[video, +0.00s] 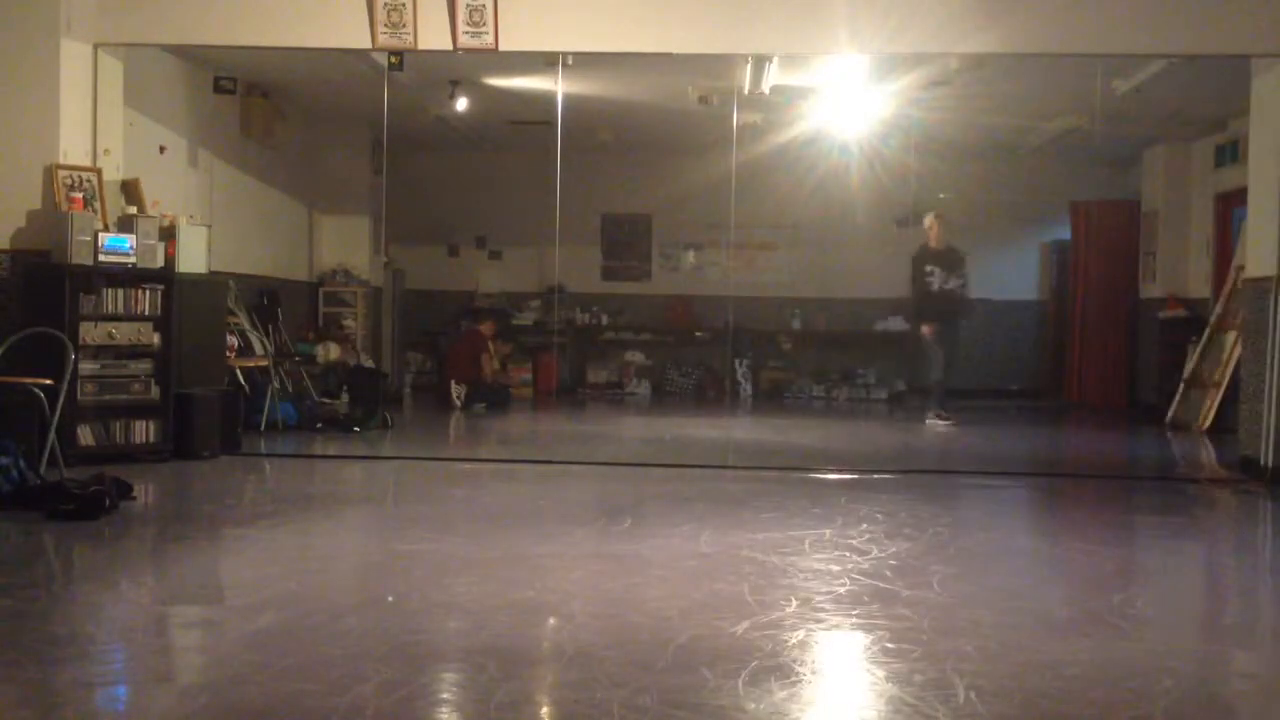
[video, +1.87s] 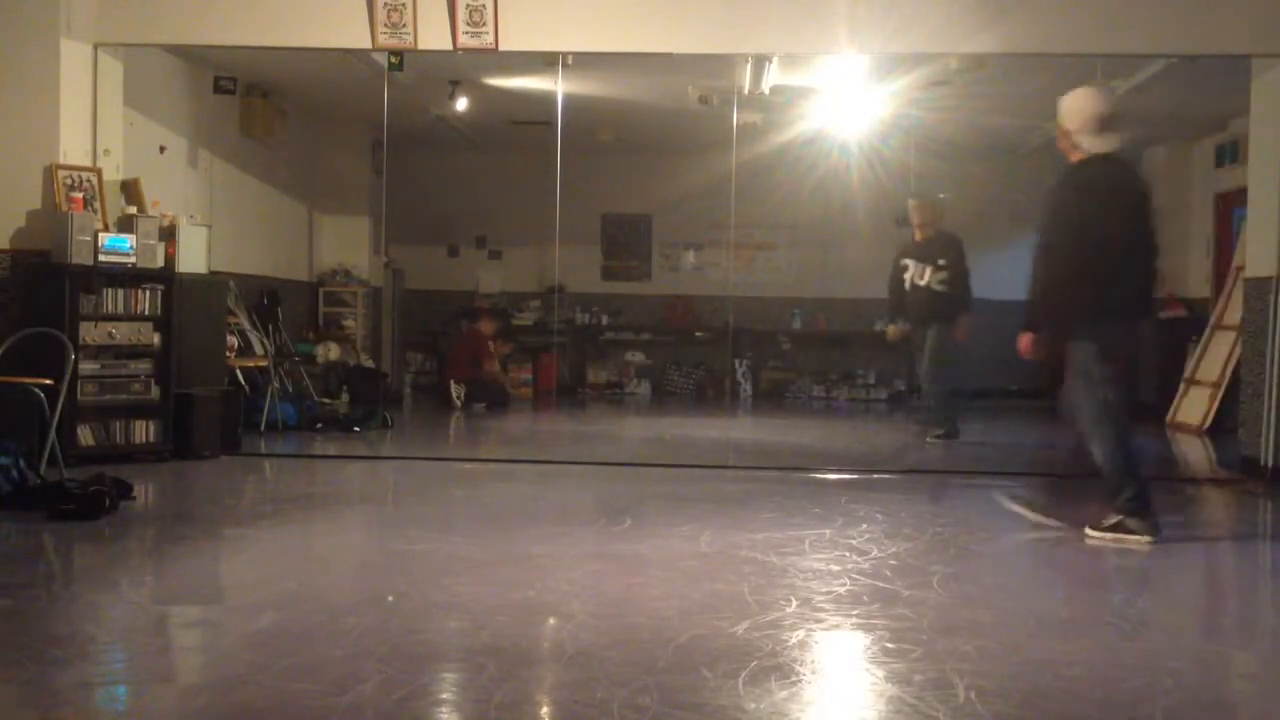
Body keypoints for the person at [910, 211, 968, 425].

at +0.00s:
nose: (936, 233)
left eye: (939, 227)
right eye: (932, 228)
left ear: (945, 228)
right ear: (926, 231)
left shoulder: (956, 255)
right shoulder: (921, 256)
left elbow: (962, 287)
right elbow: (918, 291)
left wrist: (964, 311)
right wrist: (923, 319)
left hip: (952, 314)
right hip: (930, 315)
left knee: (948, 362)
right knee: (938, 362)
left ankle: (940, 408)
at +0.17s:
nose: (949, 237)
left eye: (952, 231)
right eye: (944, 232)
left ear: (958, 233)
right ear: (938, 235)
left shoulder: (970, 260)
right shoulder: (932, 261)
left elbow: (986, 290)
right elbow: (925, 295)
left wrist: (1001, 314)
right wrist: (927, 325)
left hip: (965, 320)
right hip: (941, 320)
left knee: (949, 366)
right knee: (951, 364)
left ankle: (936, 411)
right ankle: (959, 410)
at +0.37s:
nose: (958, 234)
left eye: (961, 229)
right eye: (953, 230)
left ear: (967, 231)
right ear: (947, 234)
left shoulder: (984, 256)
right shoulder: (943, 261)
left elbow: (1000, 287)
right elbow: (936, 297)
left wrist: (1014, 315)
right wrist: (936, 330)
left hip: (981, 318)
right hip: (955, 320)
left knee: (971, 364)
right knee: (968, 366)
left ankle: (950, 396)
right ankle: (978, 417)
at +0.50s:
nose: (965, 228)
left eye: (967, 223)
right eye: (960, 224)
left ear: (972, 225)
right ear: (953, 228)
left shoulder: (991, 251)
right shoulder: (948, 257)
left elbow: (1003, 287)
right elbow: (944, 294)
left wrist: (1011, 315)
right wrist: (948, 325)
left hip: (989, 316)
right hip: (963, 317)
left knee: (988, 363)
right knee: (970, 365)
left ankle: (980, 407)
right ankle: (978, 417)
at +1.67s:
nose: (935, 219)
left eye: (939, 213)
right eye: (931, 214)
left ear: (951, 215)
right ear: (927, 218)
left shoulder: (969, 244)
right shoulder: (922, 252)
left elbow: (983, 282)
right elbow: (917, 293)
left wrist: (984, 316)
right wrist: (917, 328)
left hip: (964, 316)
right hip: (934, 318)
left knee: (961, 369)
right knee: (934, 374)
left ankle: (985, 410)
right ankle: (946, 427)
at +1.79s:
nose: (923, 214)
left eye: (928, 208)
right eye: (919, 209)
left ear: (941, 210)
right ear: (916, 213)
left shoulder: (960, 243)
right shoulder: (913, 247)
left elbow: (971, 281)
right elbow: (904, 286)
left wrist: (974, 314)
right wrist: (902, 321)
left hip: (950, 314)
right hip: (921, 315)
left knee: (941, 367)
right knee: (930, 369)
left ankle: (949, 424)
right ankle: (942, 425)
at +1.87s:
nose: (917, 217)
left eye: (922, 210)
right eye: (913, 211)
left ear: (935, 213)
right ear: (909, 216)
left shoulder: (950, 244)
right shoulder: (906, 250)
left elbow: (961, 282)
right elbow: (896, 287)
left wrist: (964, 315)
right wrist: (894, 320)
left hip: (943, 316)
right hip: (918, 318)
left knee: (931, 369)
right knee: (924, 370)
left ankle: (945, 424)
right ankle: (938, 421)